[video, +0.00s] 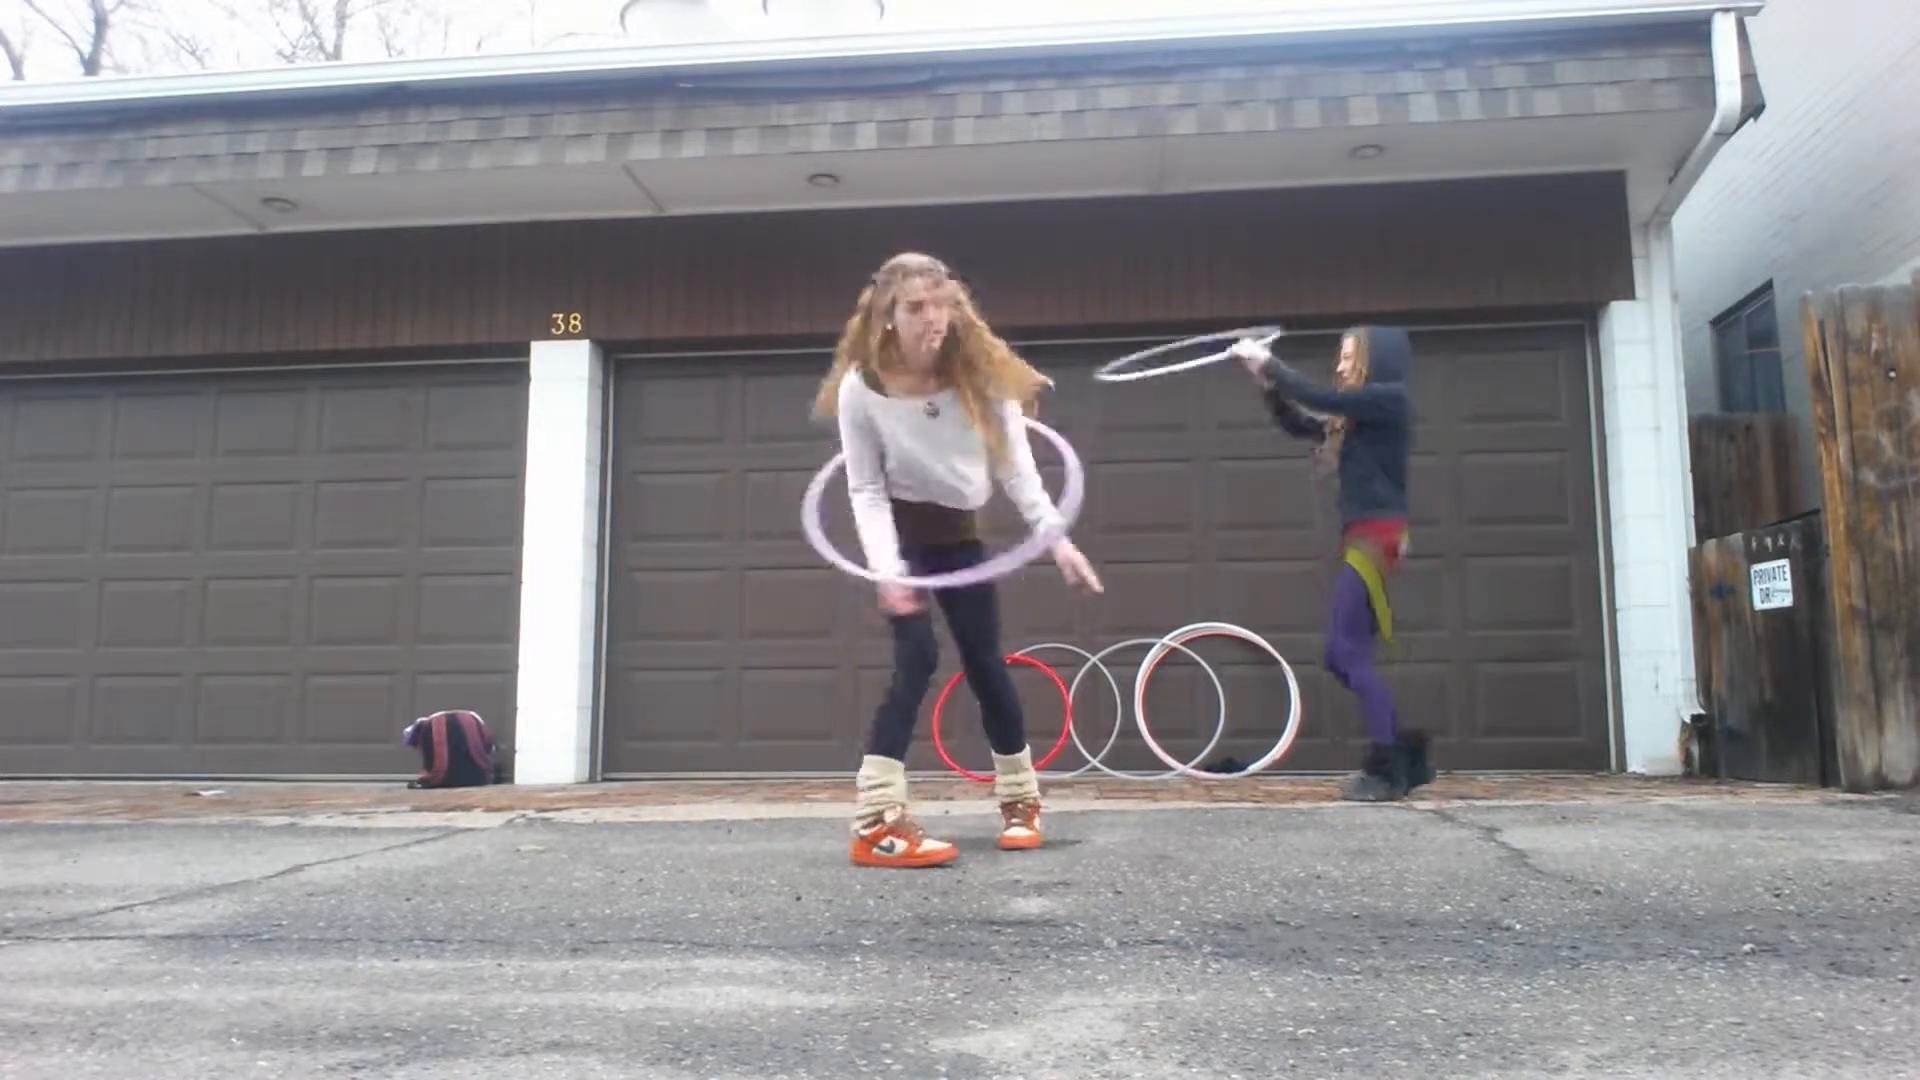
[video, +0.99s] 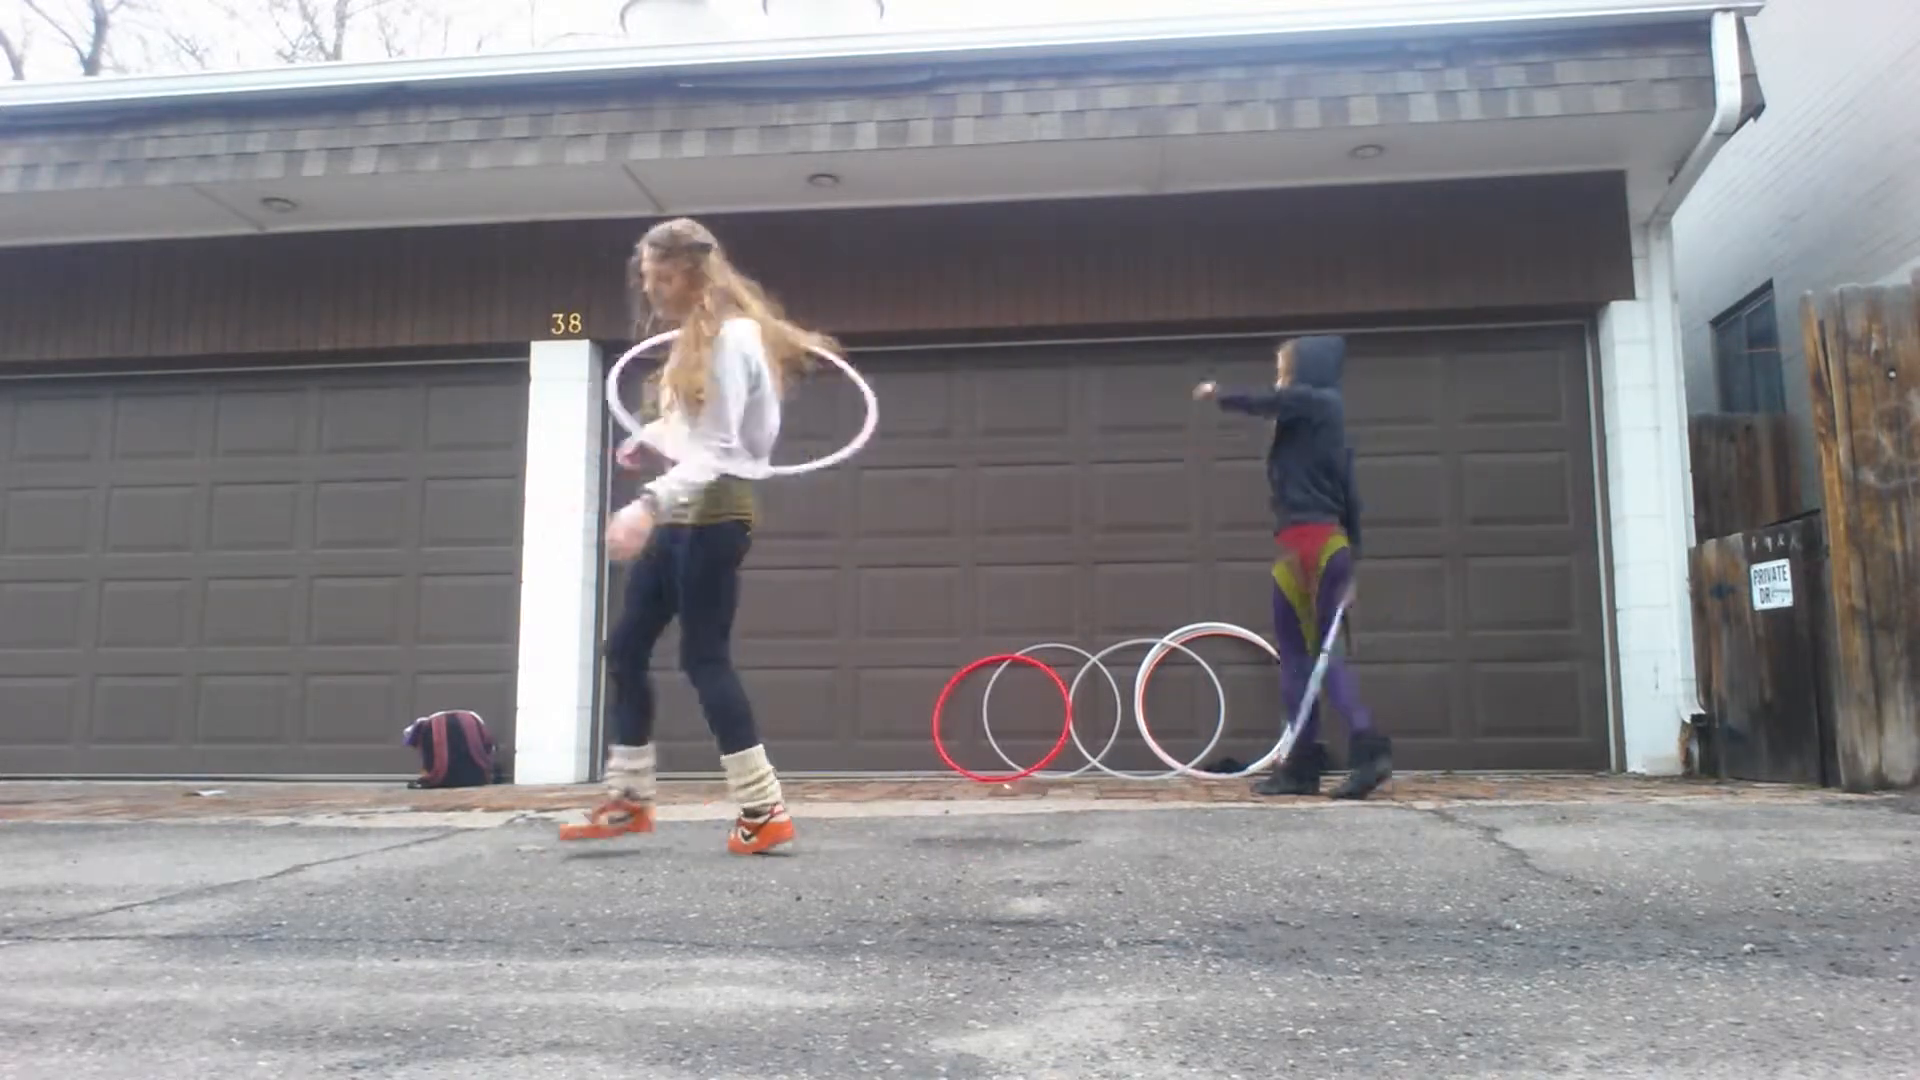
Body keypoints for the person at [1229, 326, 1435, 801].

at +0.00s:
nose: (1341, 366)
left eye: (1349, 358)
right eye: (1341, 358)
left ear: (1374, 360)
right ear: (1361, 363)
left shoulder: (1390, 399)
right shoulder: (1360, 407)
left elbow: (1326, 399)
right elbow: (1304, 427)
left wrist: (1270, 366)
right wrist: (1270, 388)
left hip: (1377, 534)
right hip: (1361, 534)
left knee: (1348, 650)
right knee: (1337, 656)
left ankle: (1386, 762)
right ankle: (1404, 747)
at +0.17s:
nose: (1330, 357)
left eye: (1337, 349)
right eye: (1332, 348)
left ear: (1355, 354)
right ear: (1375, 355)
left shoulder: (1363, 394)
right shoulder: (1372, 395)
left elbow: (1284, 390)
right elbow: (1320, 392)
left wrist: (1258, 349)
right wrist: (1295, 351)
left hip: (1354, 533)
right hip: (1363, 529)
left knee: (1340, 651)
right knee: (1334, 650)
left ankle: (1381, 763)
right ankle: (1381, 758)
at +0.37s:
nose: (1322, 361)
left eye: (1328, 354)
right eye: (1324, 353)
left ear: (1343, 356)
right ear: (1376, 354)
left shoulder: (1340, 392)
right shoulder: (1395, 397)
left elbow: (1303, 441)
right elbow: (1364, 440)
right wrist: (1321, 407)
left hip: (1340, 535)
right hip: (1379, 534)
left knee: (1325, 644)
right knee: (1368, 647)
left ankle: (1373, 752)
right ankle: (1378, 761)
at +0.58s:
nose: (1310, 366)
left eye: (1314, 359)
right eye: (1312, 358)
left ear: (1326, 358)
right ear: (1362, 358)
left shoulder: (1319, 400)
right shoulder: (1386, 409)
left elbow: (1298, 466)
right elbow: (1400, 483)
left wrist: (1289, 526)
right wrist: (1403, 544)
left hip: (1325, 531)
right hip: (1373, 532)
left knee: (1320, 648)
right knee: (1371, 649)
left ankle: (1323, 761)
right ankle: (1382, 763)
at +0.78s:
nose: (1295, 380)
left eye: (1299, 371)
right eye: (1295, 371)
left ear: (1320, 366)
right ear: (1343, 366)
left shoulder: (1317, 402)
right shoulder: (1370, 422)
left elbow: (1274, 448)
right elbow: (1385, 496)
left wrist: (1234, 488)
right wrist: (1397, 562)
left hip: (1317, 541)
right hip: (1358, 541)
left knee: (1299, 651)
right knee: (1358, 650)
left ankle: (1299, 760)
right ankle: (1379, 759)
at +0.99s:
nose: (1276, 378)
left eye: (1282, 369)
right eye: (1277, 370)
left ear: (1302, 369)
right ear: (1318, 368)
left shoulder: (1313, 400)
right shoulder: (1328, 418)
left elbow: (1269, 401)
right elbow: (1345, 491)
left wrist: (1219, 396)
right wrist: (1351, 560)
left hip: (1304, 543)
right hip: (1323, 543)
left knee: (1301, 657)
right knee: (1314, 656)